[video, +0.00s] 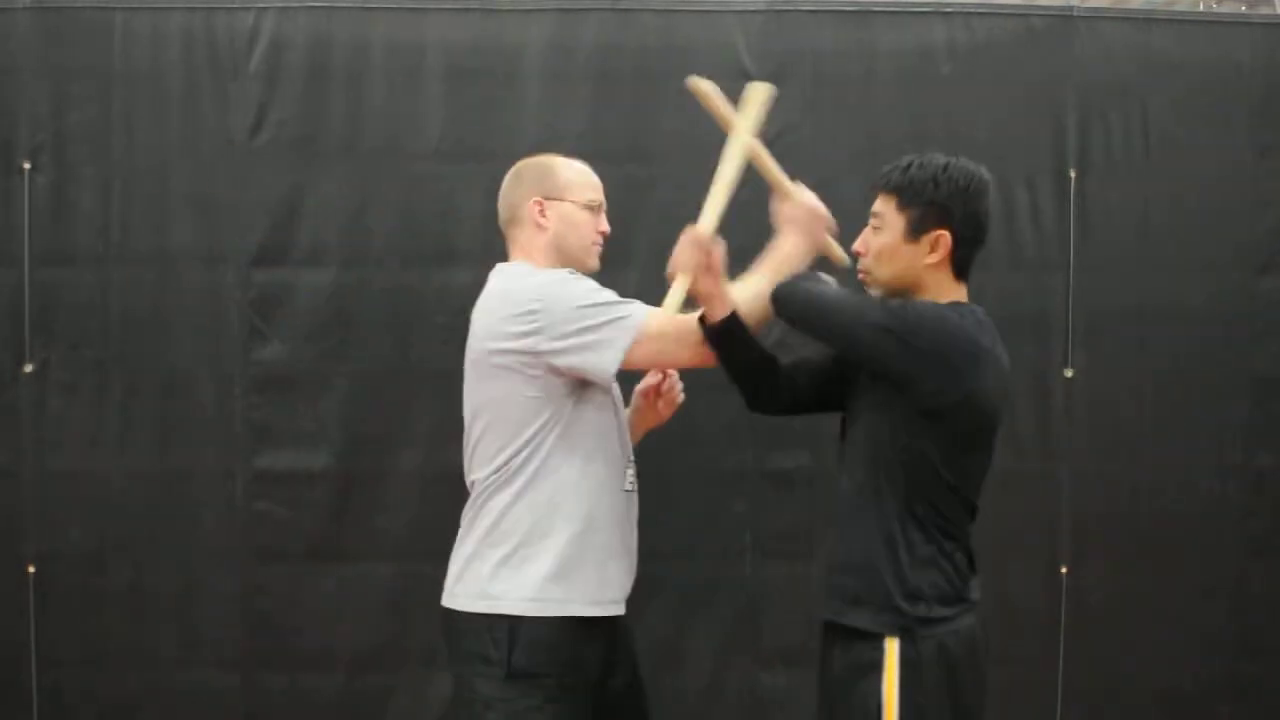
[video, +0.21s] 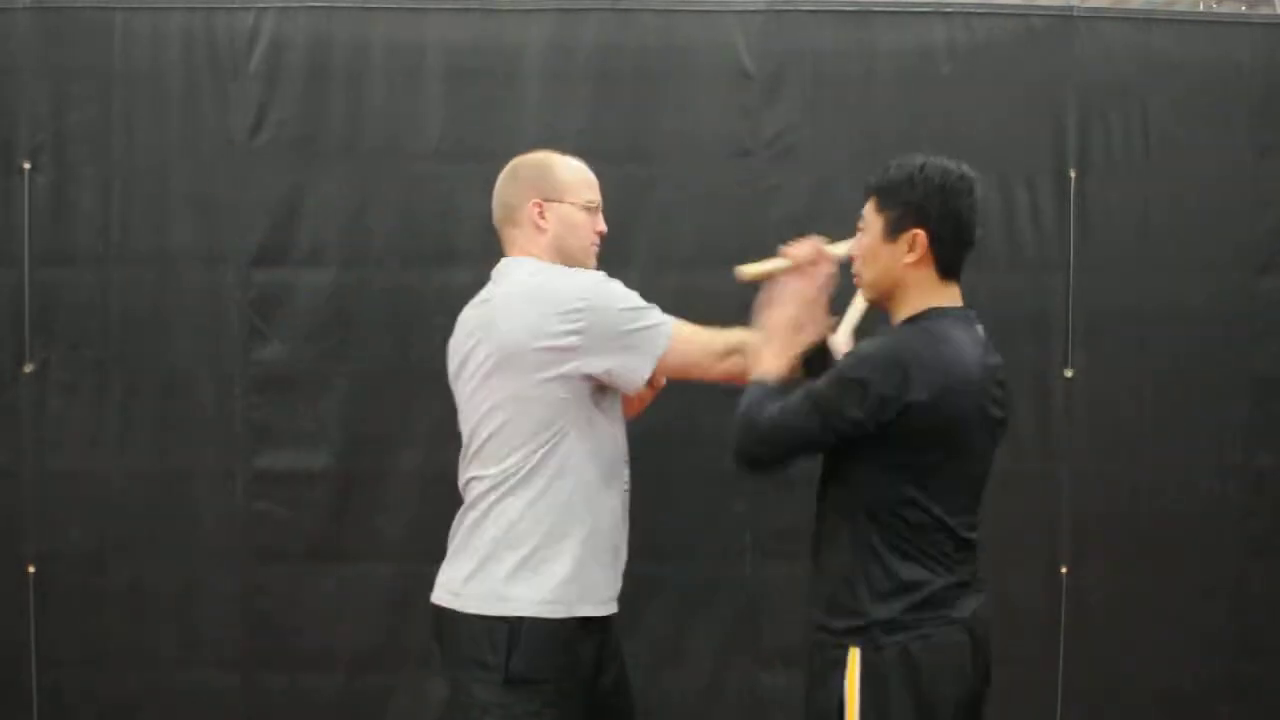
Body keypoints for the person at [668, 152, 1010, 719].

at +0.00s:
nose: (858, 244)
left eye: (877, 227)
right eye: (866, 226)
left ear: (935, 246)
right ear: (933, 248)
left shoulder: (954, 338)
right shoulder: (896, 341)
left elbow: (792, 296)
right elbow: (772, 390)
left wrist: (804, 240)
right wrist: (714, 297)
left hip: (908, 641)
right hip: (869, 635)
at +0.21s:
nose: (852, 251)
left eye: (864, 233)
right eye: (857, 232)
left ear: (913, 247)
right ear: (919, 250)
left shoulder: (897, 362)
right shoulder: (972, 347)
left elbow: (757, 439)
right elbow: (858, 414)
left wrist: (777, 336)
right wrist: (813, 327)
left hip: (876, 649)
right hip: (944, 634)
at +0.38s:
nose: (829, 248)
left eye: (840, 231)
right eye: (835, 230)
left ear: (886, 248)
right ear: (897, 251)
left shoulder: (860, 366)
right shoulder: (973, 359)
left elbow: (742, 474)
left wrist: (691, 434)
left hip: (878, 651)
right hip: (961, 637)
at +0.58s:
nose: (836, 244)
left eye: (850, 228)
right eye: (842, 228)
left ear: (905, 246)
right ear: (903, 248)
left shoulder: (932, 366)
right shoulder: (900, 348)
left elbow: (816, 501)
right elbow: (774, 370)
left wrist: (739, 472)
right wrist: (786, 268)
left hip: (914, 649)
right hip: (882, 638)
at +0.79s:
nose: (843, 241)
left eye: (865, 224)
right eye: (851, 223)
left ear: (927, 244)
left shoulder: (970, 375)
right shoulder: (838, 349)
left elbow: (893, 518)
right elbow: (711, 351)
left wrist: (804, 472)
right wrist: (683, 236)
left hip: (934, 654)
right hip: (850, 647)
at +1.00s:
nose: (850, 239)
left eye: (873, 222)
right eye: (853, 222)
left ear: (934, 240)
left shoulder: (979, 374)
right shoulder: (833, 348)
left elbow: (945, 523)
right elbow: (720, 355)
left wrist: (821, 482)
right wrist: (633, 335)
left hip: (938, 651)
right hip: (848, 644)